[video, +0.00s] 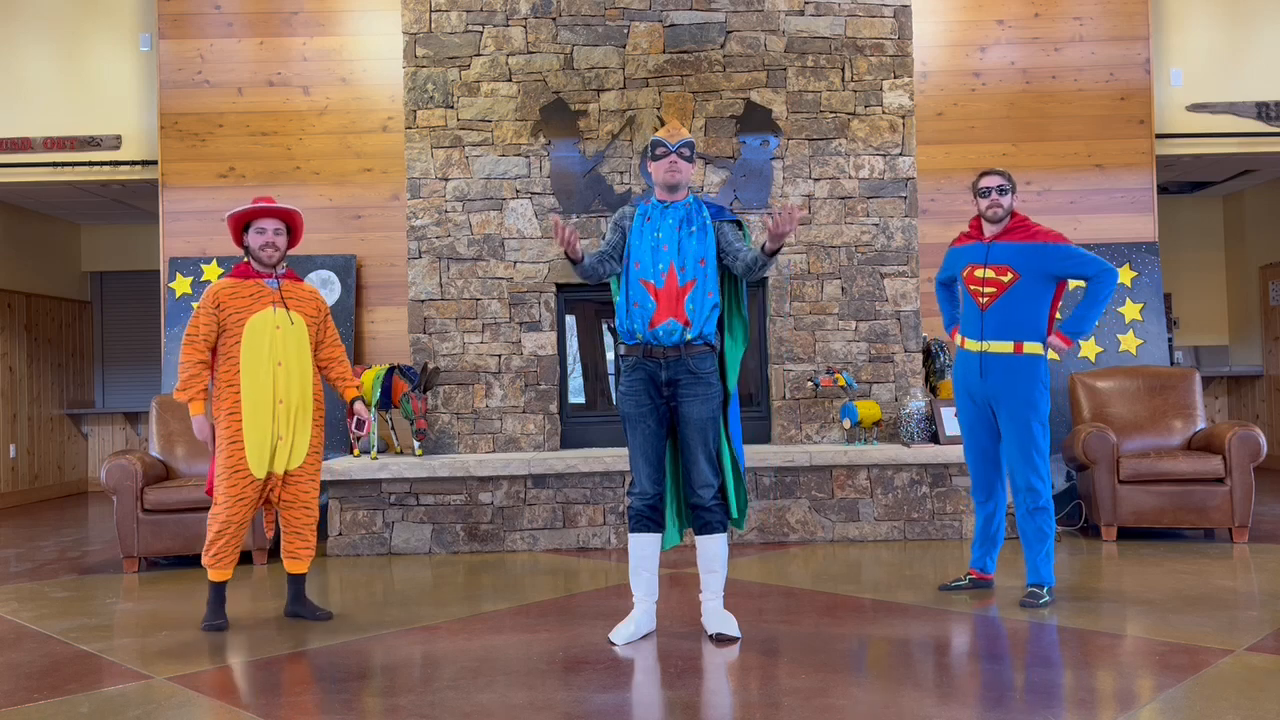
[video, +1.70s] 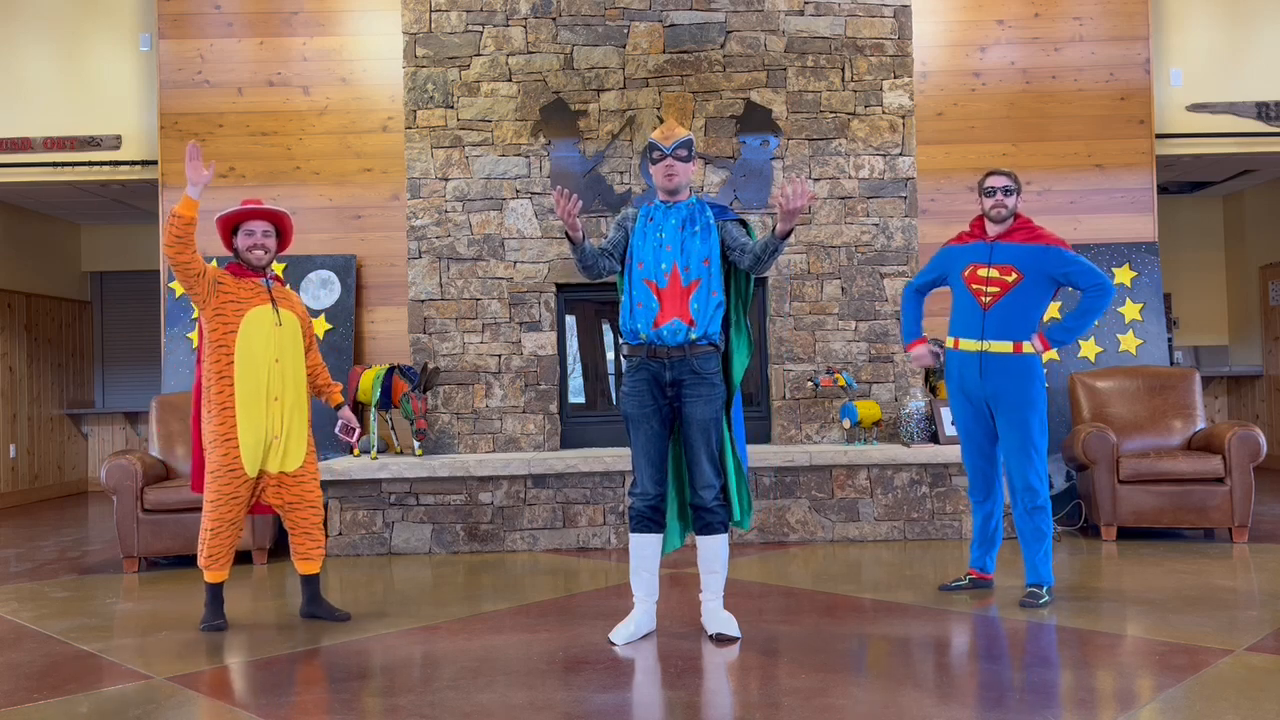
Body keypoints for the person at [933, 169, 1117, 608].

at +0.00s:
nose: (993, 199)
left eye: (1001, 191)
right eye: (985, 192)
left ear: (1014, 198)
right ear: (975, 201)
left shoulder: (1041, 244)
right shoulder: (961, 249)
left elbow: (1105, 274)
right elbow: (943, 283)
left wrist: (1070, 332)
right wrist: (954, 324)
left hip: (1021, 373)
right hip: (970, 372)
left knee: (1030, 481)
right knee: (983, 479)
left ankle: (1039, 581)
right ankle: (981, 571)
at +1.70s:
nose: (998, 198)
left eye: (1007, 192)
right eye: (990, 192)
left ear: (1019, 200)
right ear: (979, 200)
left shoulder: (1041, 249)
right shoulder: (956, 250)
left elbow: (1101, 288)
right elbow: (914, 290)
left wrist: (1052, 337)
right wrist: (915, 340)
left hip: (1017, 375)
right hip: (963, 374)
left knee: (1027, 480)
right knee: (981, 478)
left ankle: (1039, 582)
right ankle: (980, 572)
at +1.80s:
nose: (1000, 201)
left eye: (1008, 193)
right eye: (992, 194)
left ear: (1020, 200)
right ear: (981, 202)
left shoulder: (1045, 250)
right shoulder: (958, 252)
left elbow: (1102, 290)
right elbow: (907, 286)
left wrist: (1054, 336)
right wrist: (882, 322)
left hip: (1017, 376)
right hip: (965, 377)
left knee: (1028, 481)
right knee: (981, 480)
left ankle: (1038, 581)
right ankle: (981, 571)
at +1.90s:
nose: (997, 202)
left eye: (1005, 194)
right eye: (989, 196)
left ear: (1019, 200)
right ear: (979, 204)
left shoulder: (1044, 250)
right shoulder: (959, 250)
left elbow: (1102, 287)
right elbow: (912, 269)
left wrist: (1055, 337)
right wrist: (870, 278)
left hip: (1019, 375)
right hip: (966, 375)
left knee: (1028, 480)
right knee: (981, 479)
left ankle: (1039, 581)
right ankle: (981, 571)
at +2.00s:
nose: (992, 203)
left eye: (1000, 195)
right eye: (984, 197)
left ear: (1014, 199)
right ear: (975, 205)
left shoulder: (1041, 247)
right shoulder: (955, 250)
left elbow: (1101, 284)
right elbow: (904, 256)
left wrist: (1054, 336)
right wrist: (875, 236)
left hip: (1019, 376)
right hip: (968, 376)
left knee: (1028, 481)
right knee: (981, 479)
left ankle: (1039, 580)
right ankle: (981, 572)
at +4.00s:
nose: (1004, 203)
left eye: (1010, 195)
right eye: (994, 198)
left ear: (1023, 197)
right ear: (984, 205)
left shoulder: (1056, 248)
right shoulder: (964, 247)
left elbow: (1116, 283)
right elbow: (908, 238)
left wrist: (1067, 336)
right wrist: (913, 195)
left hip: (1033, 371)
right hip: (977, 371)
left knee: (1037, 478)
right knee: (981, 476)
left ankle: (1040, 581)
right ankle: (981, 572)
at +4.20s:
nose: (1007, 202)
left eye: (1014, 193)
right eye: (997, 196)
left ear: (1027, 195)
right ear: (987, 203)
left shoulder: (1059, 246)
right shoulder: (970, 245)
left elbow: (1120, 285)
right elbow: (918, 257)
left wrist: (1072, 336)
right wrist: (908, 240)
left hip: (1035, 375)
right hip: (979, 375)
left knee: (1038, 480)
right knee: (983, 479)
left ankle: (1040, 581)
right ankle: (981, 572)